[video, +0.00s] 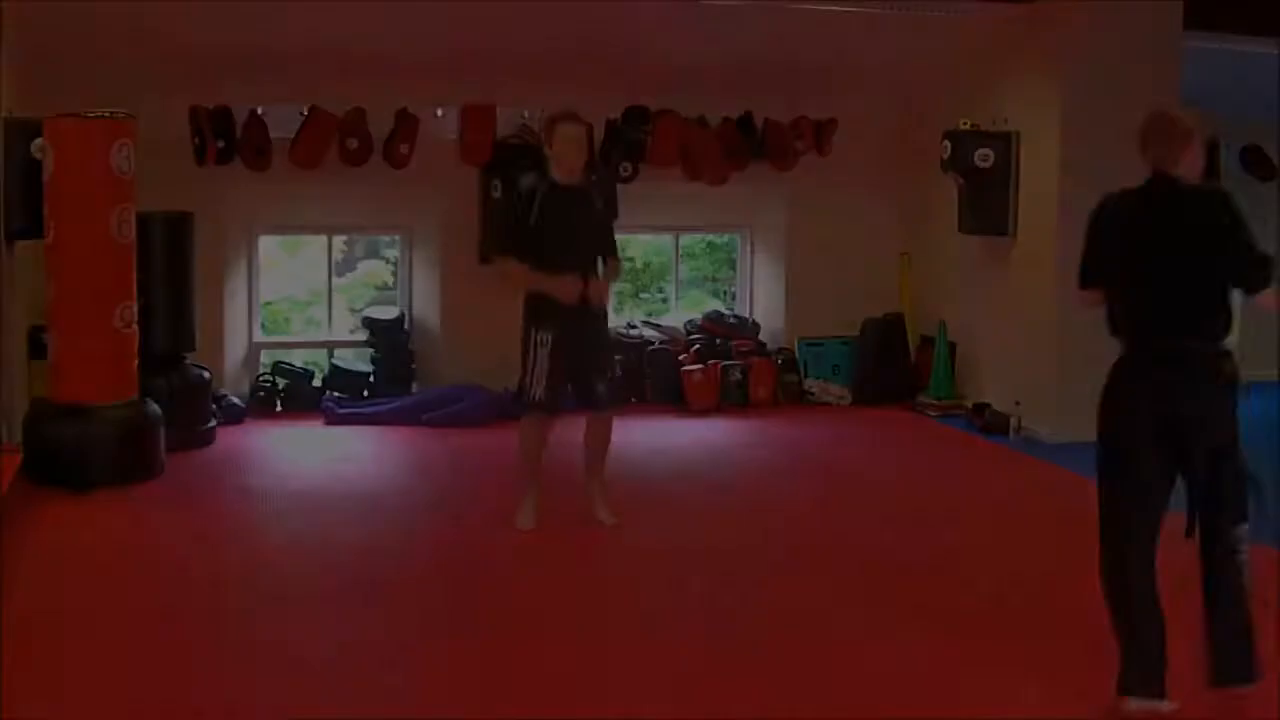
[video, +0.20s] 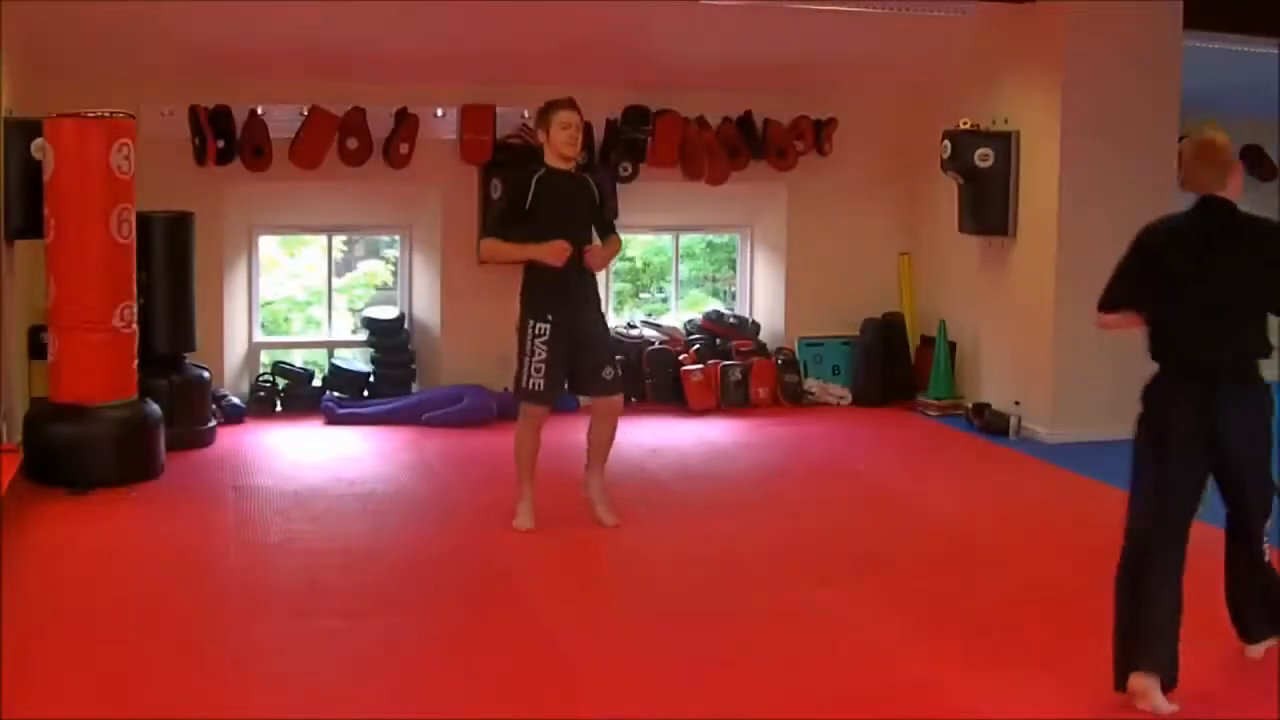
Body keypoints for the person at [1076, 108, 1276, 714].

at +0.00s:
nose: (1203, 156)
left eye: (1197, 146)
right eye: (1199, 147)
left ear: (1145, 153)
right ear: (1189, 150)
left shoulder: (1113, 210)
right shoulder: (1215, 206)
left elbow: (1092, 290)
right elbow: (1259, 285)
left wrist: (1144, 275)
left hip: (1134, 381)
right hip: (1205, 381)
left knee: (1127, 533)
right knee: (1221, 525)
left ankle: (1142, 682)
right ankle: (1233, 669)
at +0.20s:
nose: (1185, 173)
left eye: (1183, 165)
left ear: (1183, 176)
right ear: (1234, 176)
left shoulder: (1159, 237)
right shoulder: (1265, 236)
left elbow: (1112, 312)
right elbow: (1277, 305)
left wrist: (1169, 307)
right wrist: (1241, 292)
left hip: (1173, 398)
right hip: (1243, 399)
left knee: (1157, 529)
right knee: (1251, 519)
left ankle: (1144, 668)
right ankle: (1256, 629)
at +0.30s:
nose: (1205, 184)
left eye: (1203, 176)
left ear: (1207, 182)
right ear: (1257, 182)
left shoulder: (1180, 237)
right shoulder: (1273, 236)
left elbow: (1127, 309)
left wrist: (1165, 341)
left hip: (1193, 397)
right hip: (1261, 399)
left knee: (1191, 513)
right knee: (1260, 511)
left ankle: (1163, 628)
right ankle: (1257, 630)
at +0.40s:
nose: (1197, 170)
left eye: (1202, 162)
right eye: (1198, 161)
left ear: (1226, 166)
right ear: (1250, 169)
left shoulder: (1193, 225)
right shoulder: (1275, 220)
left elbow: (1158, 303)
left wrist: (1153, 352)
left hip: (1209, 379)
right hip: (1269, 381)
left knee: (1199, 492)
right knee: (1265, 499)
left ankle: (1191, 603)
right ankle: (1259, 625)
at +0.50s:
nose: (1194, 156)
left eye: (1201, 146)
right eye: (1196, 146)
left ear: (1228, 154)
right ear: (1248, 155)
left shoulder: (1207, 209)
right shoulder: (1274, 203)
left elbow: (1176, 283)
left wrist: (1144, 330)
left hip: (1220, 358)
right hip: (1271, 359)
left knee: (1208, 471)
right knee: (1264, 478)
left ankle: (1212, 595)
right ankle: (1264, 608)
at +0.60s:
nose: (1193, 158)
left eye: (1200, 149)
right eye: (1195, 148)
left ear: (1227, 156)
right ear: (1245, 157)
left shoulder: (1218, 211)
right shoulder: (1273, 203)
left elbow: (1168, 283)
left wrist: (1122, 288)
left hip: (1228, 362)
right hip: (1273, 361)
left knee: (1221, 471)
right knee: (1268, 478)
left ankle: (1224, 580)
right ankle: (1267, 611)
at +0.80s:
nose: (1197, 185)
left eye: (1201, 176)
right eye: (1195, 177)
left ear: (1225, 173)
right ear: (1240, 174)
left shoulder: (1215, 230)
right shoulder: (1269, 222)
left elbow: (1146, 251)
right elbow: (1208, 251)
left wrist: (1148, 210)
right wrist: (1168, 220)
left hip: (1222, 369)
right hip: (1263, 364)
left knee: (1216, 470)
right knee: (1248, 464)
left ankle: (1233, 584)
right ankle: (1266, 574)